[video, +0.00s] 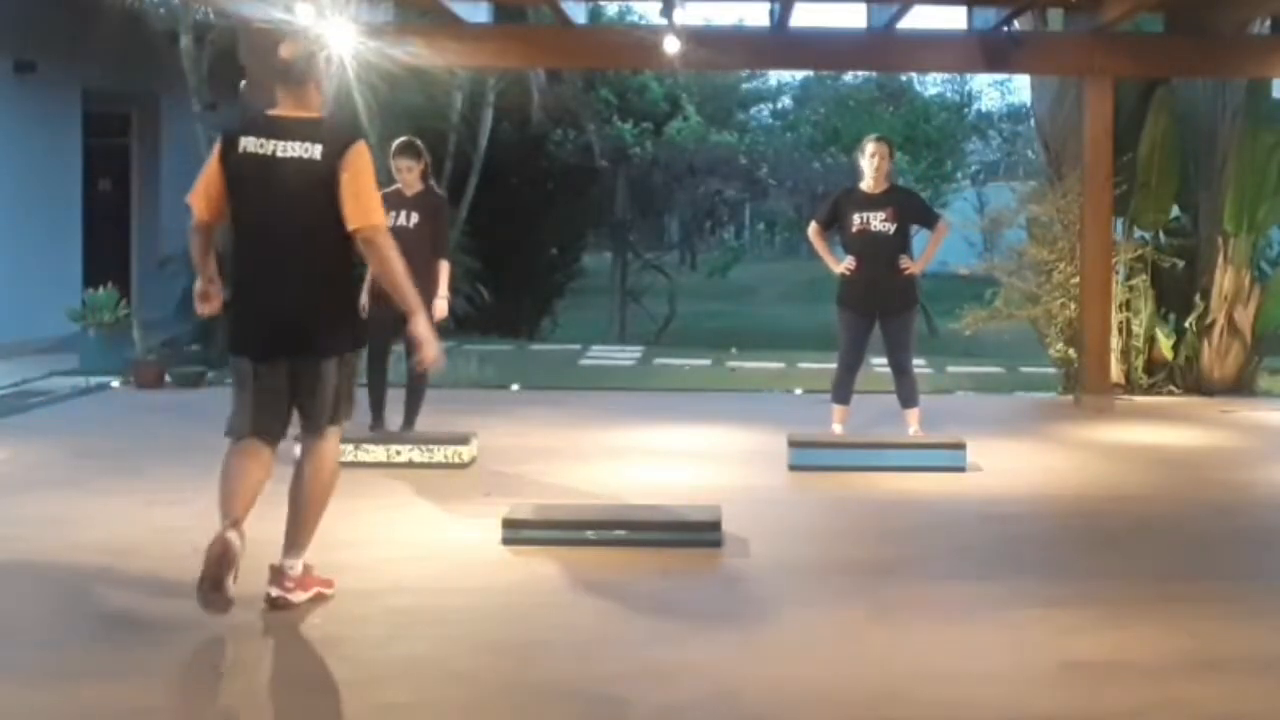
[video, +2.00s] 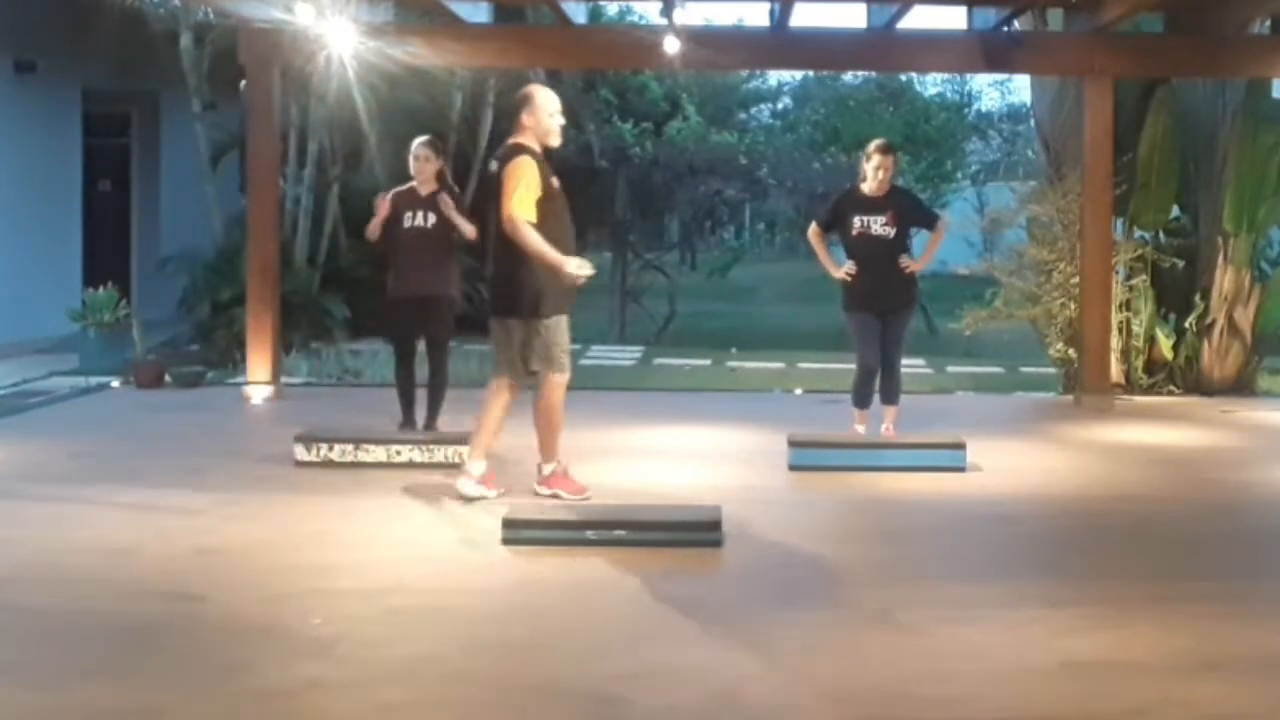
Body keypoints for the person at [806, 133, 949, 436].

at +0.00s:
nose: (876, 162)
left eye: (882, 157)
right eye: (871, 156)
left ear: (890, 162)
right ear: (861, 160)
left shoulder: (905, 198)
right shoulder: (844, 199)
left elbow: (941, 226)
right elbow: (814, 230)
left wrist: (922, 264)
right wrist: (834, 263)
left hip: (897, 287)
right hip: (856, 287)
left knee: (901, 361)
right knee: (848, 359)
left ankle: (914, 429)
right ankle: (837, 429)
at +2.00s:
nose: (883, 175)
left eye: (888, 169)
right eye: (878, 168)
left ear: (894, 170)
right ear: (866, 167)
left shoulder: (904, 200)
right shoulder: (846, 200)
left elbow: (940, 226)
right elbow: (814, 232)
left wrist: (923, 262)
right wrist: (833, 268)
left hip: (898, 287)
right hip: (861, 288)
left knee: (891, 360)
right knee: (869, 360)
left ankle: (889, 425)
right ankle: (860, 424)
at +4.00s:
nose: (877, 162)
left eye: (882, 156)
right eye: (871, 156)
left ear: (892, 160)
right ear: (864, 160)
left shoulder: (907, 198)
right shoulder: (850, 196)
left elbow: (920, 246)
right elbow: (833, 242)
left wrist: (930, 288)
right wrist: (827, 286)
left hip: (894, 292)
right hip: (855, 291)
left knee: (887, 359)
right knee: (856, 358)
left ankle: (887, 425)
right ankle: (857, 424)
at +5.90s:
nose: (879, 166)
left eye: (884, 160)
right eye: (874, 161)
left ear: (896, 163)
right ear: (867, 165)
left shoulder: (910, 201)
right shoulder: (854, 197)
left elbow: (924, 248)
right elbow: (838, 242)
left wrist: (931, 293)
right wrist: (831, 286)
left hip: (896, 293)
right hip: (857, 291)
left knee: (889, 360)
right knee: (863, 353)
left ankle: (890, 424)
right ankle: (854, 413)